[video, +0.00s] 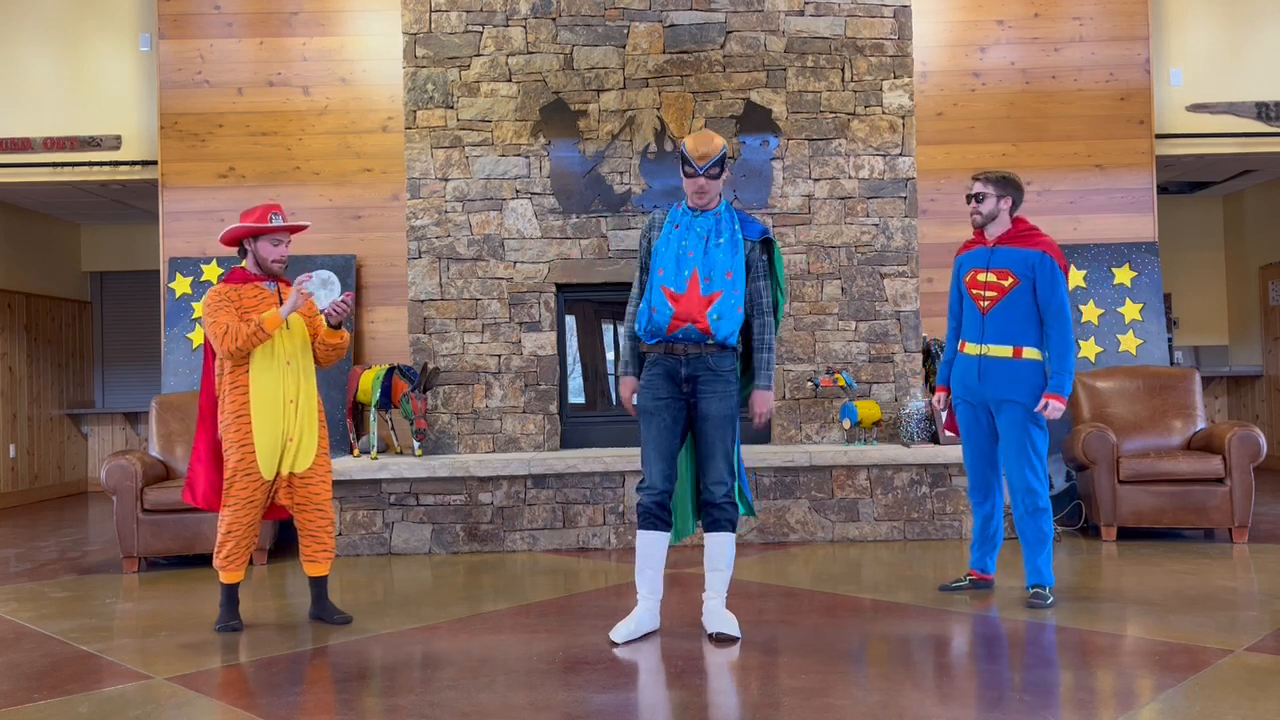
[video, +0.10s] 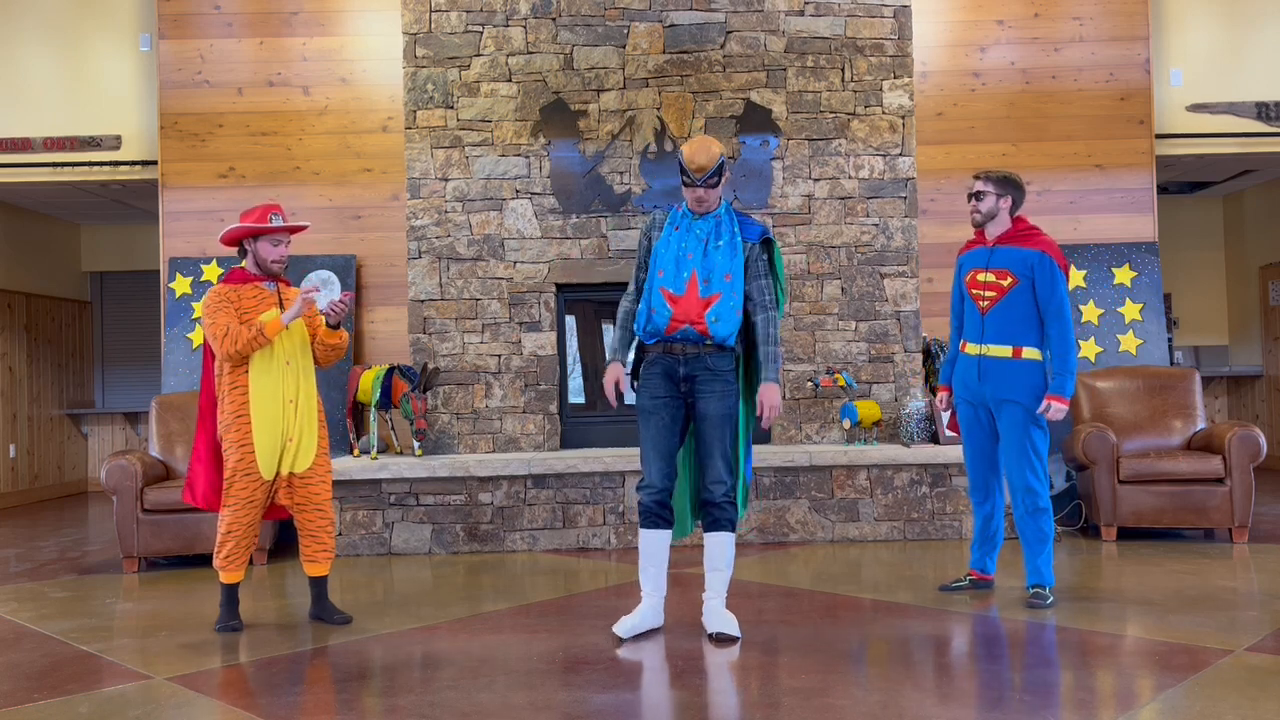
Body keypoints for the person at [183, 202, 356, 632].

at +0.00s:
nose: (285, 251)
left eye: (287, 243)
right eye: (275, 243)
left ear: (289, 246)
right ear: (250, 246)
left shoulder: (298, 295)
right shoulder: (222, 296)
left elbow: (325, 355)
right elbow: (233, 344)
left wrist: (338, 324)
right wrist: (285, 310)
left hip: (303, 418)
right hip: (249, 421)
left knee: (316, 501)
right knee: (242, 505)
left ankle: (321, 601)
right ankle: (229, 606)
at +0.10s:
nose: (285, 252)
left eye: (287, 243)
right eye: (275, 244)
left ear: (289, 246)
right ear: (250, 246)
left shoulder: (298, 297)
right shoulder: (221, 297)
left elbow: (325, 355)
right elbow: (230, 345)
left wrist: (335, 324)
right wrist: (285, 317)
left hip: (303, 419)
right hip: (249, 422)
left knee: (317, 501)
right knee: (242, 505)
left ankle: (321, 601)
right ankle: (229, 606)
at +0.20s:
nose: (283, 251)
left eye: (286, 243)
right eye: (274, 243)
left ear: (288, 247)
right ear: (249, 246)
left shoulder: (299, 297)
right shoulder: (221, 297)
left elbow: (325, 356)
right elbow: (231, 345)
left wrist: (334, 324)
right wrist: (289, 321)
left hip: (303, 419)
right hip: (248, 422)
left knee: (316, 501)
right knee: (241, 505)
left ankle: (320, 601)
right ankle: (229, 606)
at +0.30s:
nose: (283, 252)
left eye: (286, 244)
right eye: (274, 243)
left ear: (288, 247)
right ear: (249, 246)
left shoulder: (298, 298)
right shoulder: (221, 297)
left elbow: (325, 356)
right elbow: (232, 344)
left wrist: (333, 324)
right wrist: (292, 323)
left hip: (302, 419)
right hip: (248, 422)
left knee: (317, 502)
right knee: (241, 505)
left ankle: (320, 601)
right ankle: (229, 607)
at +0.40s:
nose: (283, 252)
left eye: (286, 244)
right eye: (274, 244)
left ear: (288, 247)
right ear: (249, 246)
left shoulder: (298, 298)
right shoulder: (221, 297)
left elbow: (325, 356)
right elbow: (231, 345)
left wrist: (333, 324)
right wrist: (291, 323)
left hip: (303, 420)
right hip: (249, 422)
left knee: (317, 502)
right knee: (242, 505)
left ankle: (320, 601)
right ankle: (229, 606)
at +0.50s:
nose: (283, 252)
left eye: (286, 244)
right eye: (274, 244)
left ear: (288, 247)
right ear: (249, 246)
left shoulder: (298, 297)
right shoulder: (221, 297)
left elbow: (325, 356)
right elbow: (231, 346)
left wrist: (333, 324)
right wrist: (287, 321)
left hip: (303, 419)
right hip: (249, 422)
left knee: (317, 501)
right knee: (242, 504)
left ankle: (320, 601)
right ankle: (229, 606)